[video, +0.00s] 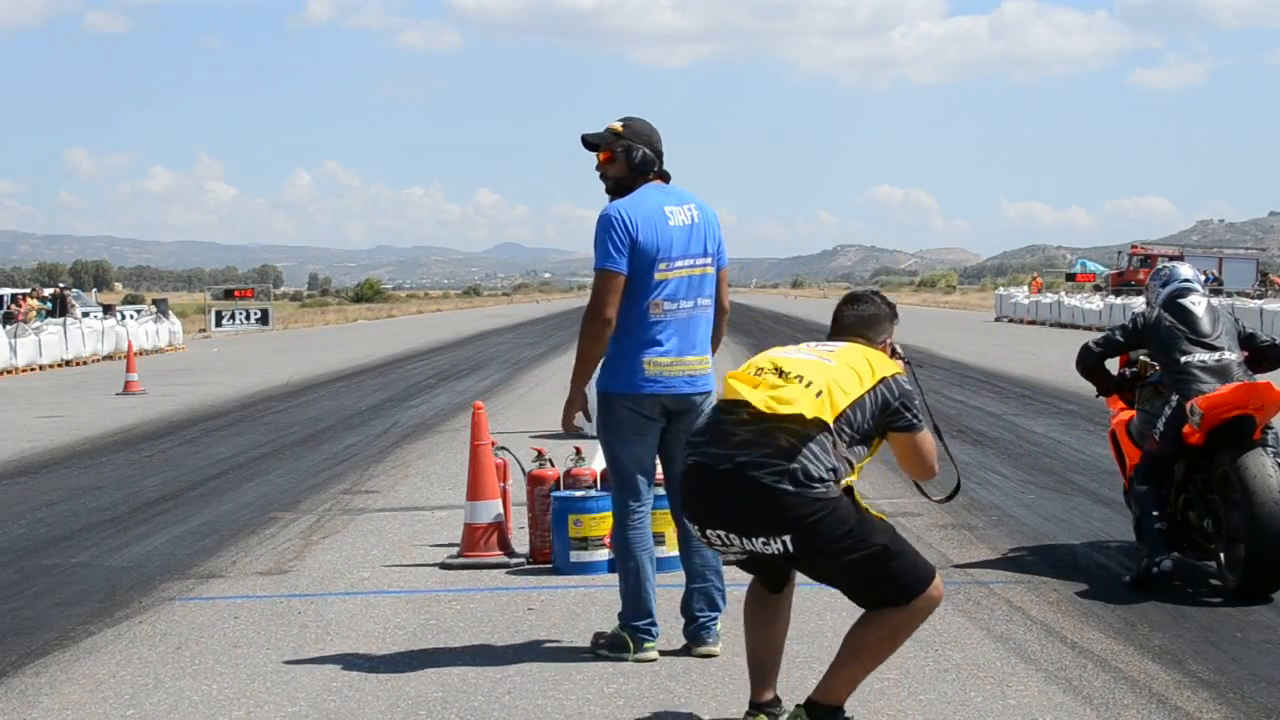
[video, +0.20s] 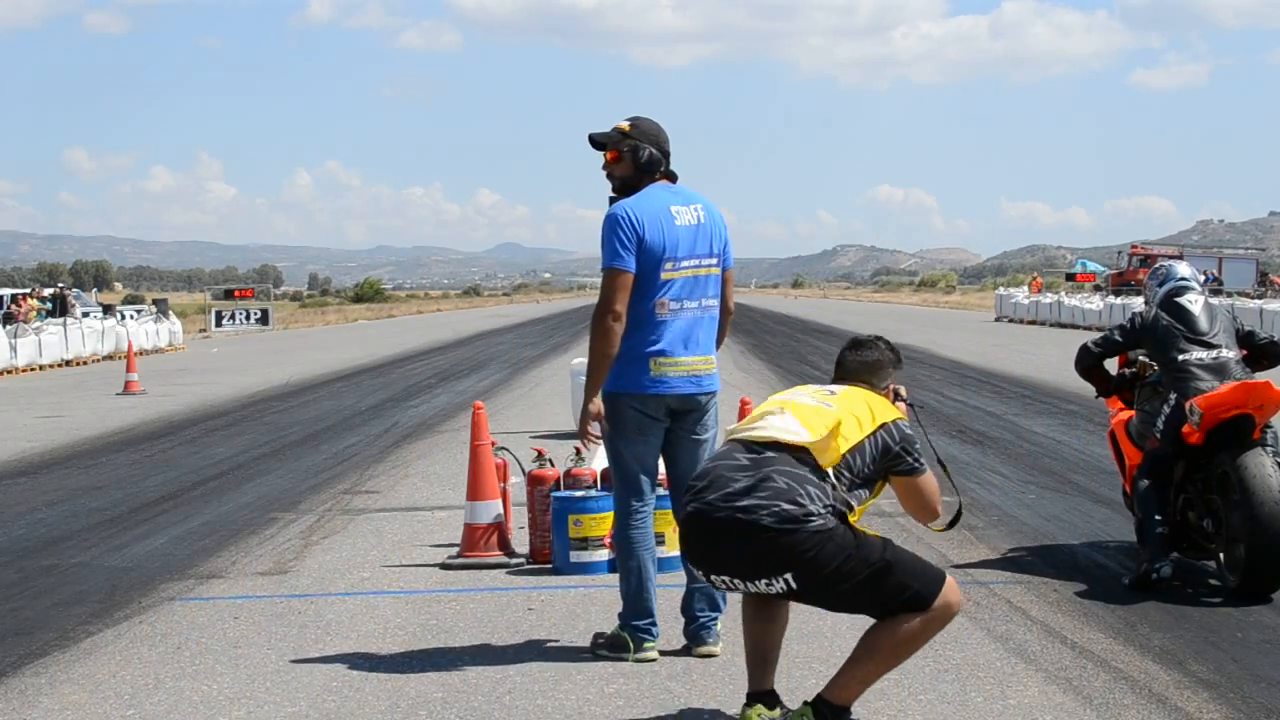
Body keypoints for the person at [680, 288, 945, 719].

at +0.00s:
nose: (892, 343)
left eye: (890, 337)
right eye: (891, 337)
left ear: (832, 333)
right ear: (884, 342)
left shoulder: (788, 352)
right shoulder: (888, 375)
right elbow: (923, 468)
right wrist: (900, 383)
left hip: (700, 483)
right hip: (786, 492)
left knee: (773, 571)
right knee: (921, 592)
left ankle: (762, 703)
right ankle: (822, 708)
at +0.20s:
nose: (896, 388)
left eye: (895, 383)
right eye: (895, 382)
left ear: (835, 377)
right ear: (887, 387)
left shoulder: (795, 395)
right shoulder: (889, 419)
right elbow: (929, 509)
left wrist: (877, 414)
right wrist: (901, 426)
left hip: (702, 527)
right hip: (790, 530)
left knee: (768, 577)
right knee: (941, 598)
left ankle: (759, 701)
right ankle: (828, 709)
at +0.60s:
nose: (900, 438)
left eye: (899, 433)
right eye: (898, 433)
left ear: (834, 428)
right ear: (890, 437)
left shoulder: (797, 449)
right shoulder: (893, 469)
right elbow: (932, 554)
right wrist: (905, 470)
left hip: (712, 591)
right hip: (798, 591)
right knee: (961, 608)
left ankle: (765, 698)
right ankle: (838, 707)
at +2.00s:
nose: (886, 451)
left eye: (884, 446)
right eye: (884, 444)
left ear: (819, 443)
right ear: (873, 449)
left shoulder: (780, 464)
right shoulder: (879, 481)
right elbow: (920, 570)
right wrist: (893, 487)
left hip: (714, 616)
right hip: (802, 618)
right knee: (962, 607)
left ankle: (764, 695)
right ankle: (841, 705)